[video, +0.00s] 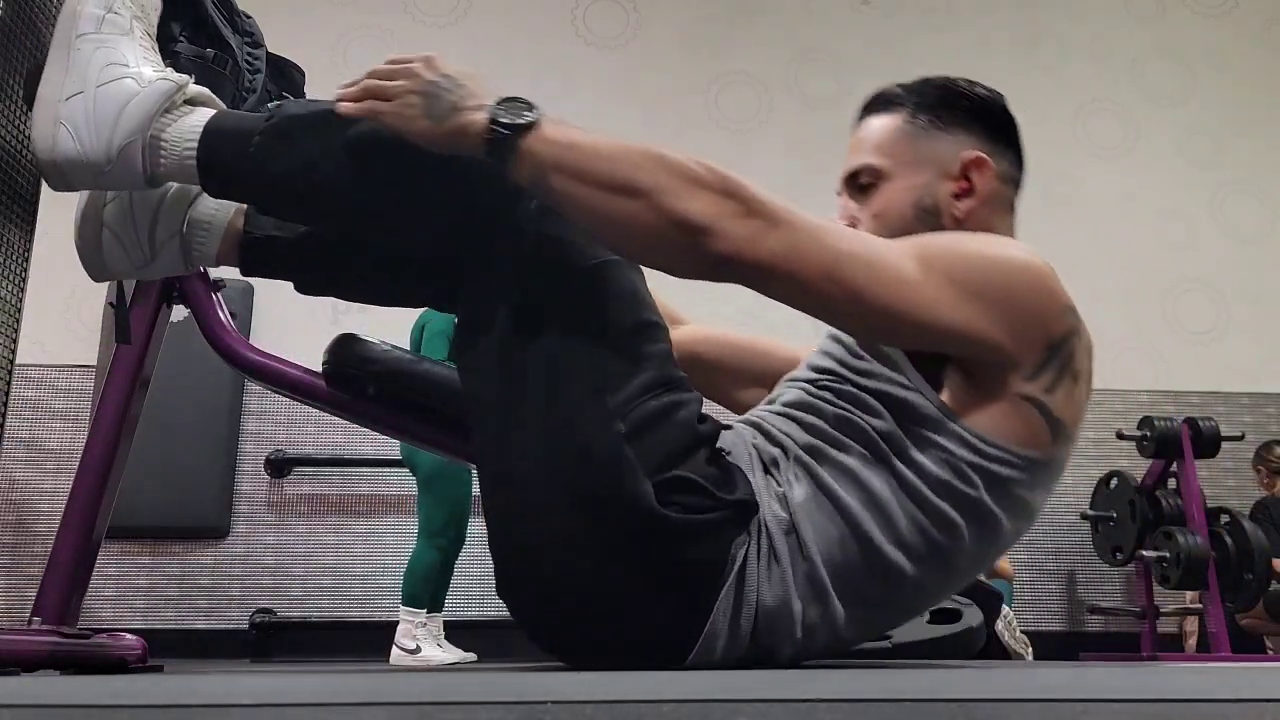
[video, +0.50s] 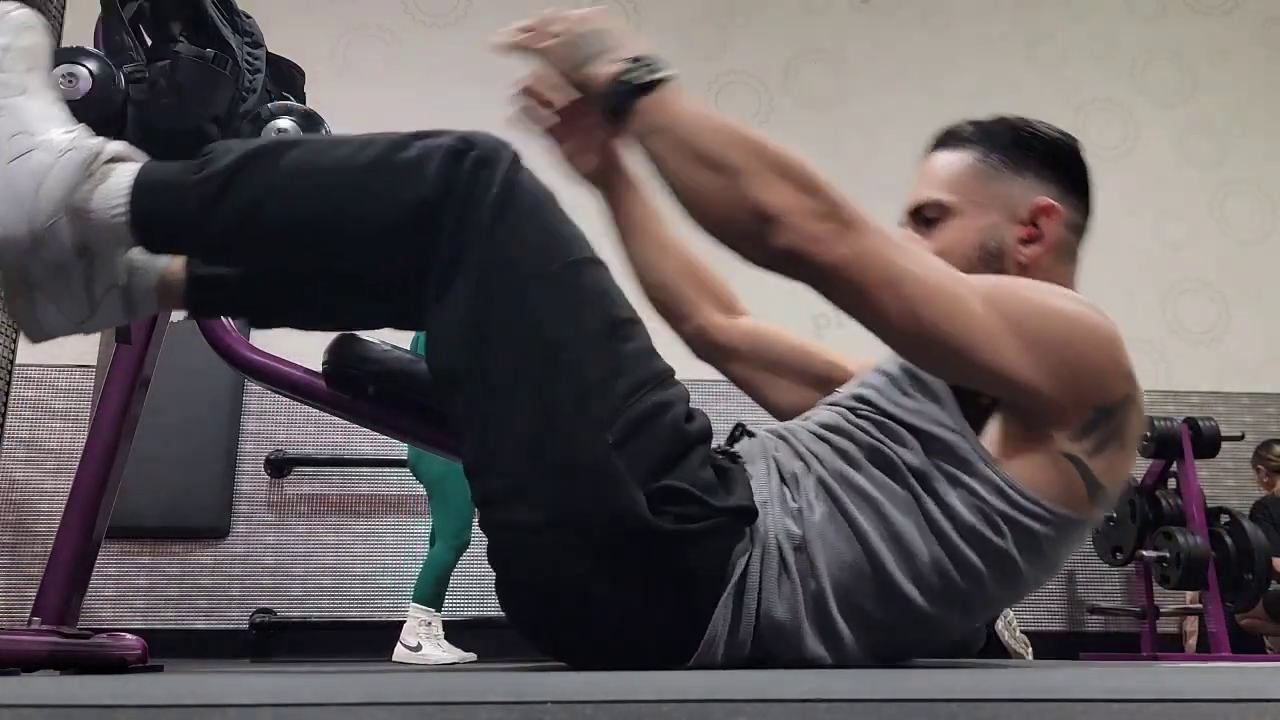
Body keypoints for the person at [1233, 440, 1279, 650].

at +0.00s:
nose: (1257, 481)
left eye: (1256, 475)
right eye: (1256, 475)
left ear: (1263, 474)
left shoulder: (1265, 508)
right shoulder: (1265, 508)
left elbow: (1274, 562)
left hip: (1273, 594)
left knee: (1242, 616)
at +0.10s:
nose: (1257, 481)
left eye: (1256, 475)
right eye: (1256, 475)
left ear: (1263, 474)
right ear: (1269, 473)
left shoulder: (1265, 508)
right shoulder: (1265, 508)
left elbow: (1274, 562)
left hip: (1273, 594)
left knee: (1241, 616)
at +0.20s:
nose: (1257, 481)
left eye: (1256, 475)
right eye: (1256, 475)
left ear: (1264, 474)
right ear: (1270, 472)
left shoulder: (1265, 508)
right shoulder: (1265, 508)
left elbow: (1273, 562)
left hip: (1273, 594)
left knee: (1241, 616)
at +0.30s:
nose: (1256, 480)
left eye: (1256, 474)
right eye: (1255, 475)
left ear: (1263, 473)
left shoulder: (1265, 508)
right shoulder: (1265, 508)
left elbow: (1275, 563)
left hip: (1274, 594)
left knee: (1241, 616)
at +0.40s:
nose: (1256, 480)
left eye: (1255, 474)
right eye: (1255, 475)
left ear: (1263, 472)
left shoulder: (1265, 508)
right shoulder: (1264, 508)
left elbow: (1272, 561)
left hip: (1273, 593)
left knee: (1241, 616)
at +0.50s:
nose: (1256, 479)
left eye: (1255, 474)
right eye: (1255, 474)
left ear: (1263, 472)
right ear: (1270, 471)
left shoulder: (1264, 508)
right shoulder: (1264, 508)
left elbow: (1272, 561)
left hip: (1272, 593)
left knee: (1241, 615)